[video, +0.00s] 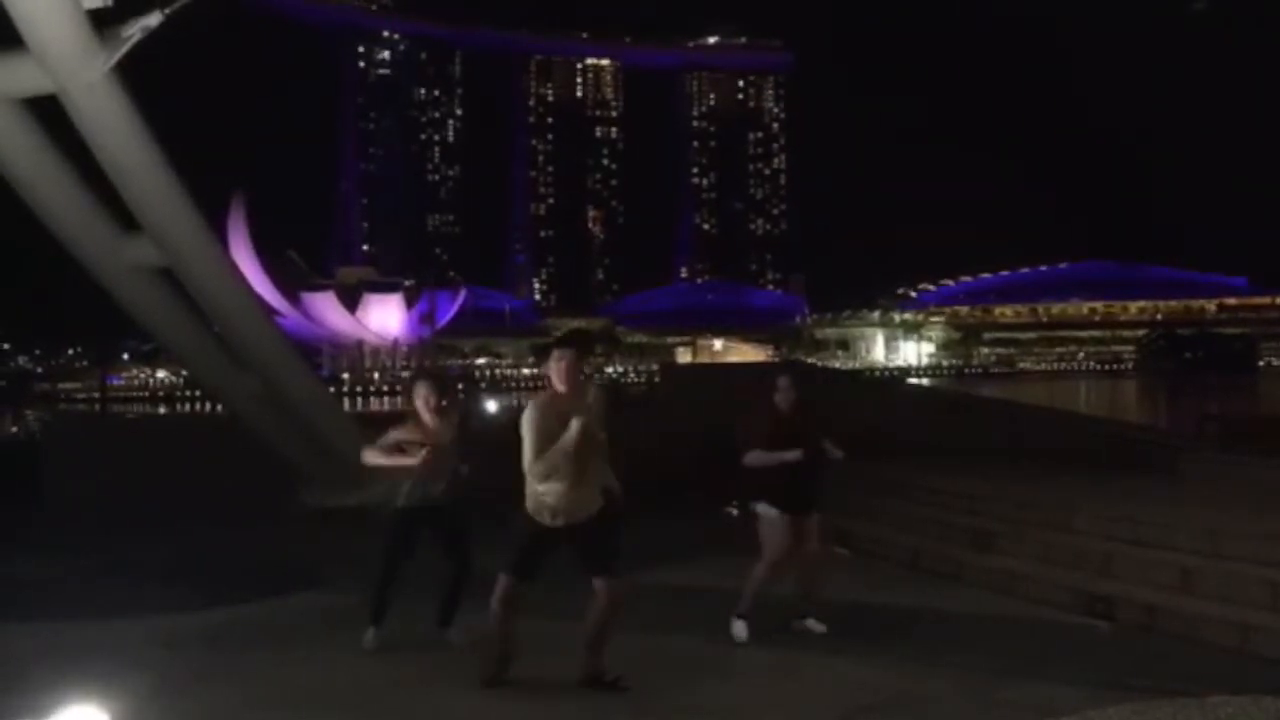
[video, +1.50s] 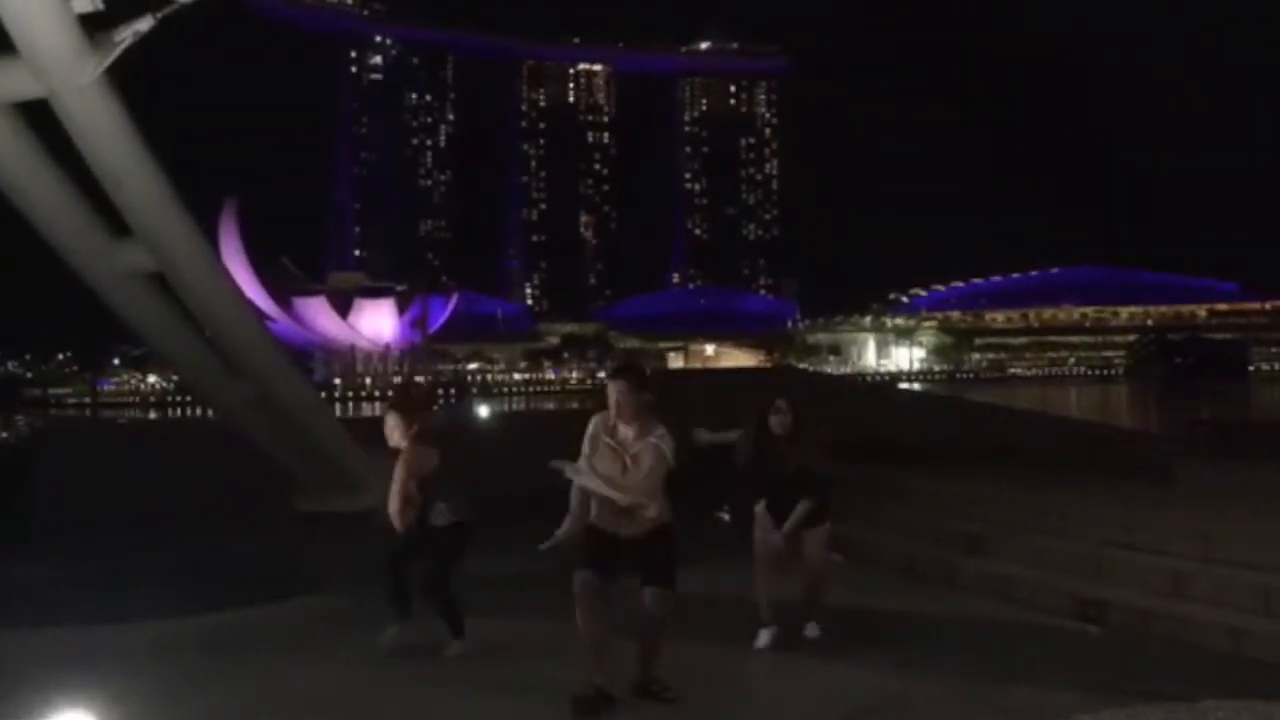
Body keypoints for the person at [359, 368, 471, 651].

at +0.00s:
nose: (429, 403)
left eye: (433, 396)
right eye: (422, 397)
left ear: (443, 399)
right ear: (413, 402)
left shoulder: (454, 429)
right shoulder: (407, 431)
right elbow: (368, 455)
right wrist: (410, 461)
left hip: (445, 504)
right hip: (410, 505)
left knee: (460, 564)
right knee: (392, 562)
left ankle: (445, 624)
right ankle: (375, 624)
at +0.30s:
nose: (435, 408)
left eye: (440, 402)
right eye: (429, 403)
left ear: (449, 405)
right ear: (420, 406)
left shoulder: (451, 433)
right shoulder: (416, 435)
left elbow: (470, 454)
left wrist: (496, 453)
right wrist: (436, 453)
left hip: (449, 513)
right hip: (418, 517)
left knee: (462, 568)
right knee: (419, 571)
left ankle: (438, 628)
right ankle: (393, 615)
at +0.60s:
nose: (437, 416)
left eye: (441, 410)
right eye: (431, 411)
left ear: (448, 414)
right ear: (421, 415)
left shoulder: (447, 442)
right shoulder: (413, 441)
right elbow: (374, 427)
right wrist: (405, 437)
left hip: (439, 517)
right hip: (412, 519)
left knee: (462, 568)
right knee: (412, 581)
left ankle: (439, 630)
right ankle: (391, 653)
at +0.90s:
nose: (466, 401)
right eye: (466, 396)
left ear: (431, 391)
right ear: (456, 397)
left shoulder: (410, 420)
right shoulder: (453, 428)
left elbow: (377, 440)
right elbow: (486, 462)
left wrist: (364, 435)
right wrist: (488, 434)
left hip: (413, 507)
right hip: (442, 512)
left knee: (435, 566)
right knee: (460, 564)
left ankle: (436, 619)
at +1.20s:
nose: (412, 412)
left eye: (416, 405)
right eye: (412, 404)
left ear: (426, 405)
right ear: (441, 400)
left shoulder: (432, 431)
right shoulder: (451, 425)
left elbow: (431, 475)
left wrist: (411, 495)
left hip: (443, 519)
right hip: (461, 517)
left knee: (434, 577)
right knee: (472, 573)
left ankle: (467, 635)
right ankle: (499, 630)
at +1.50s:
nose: (387, 431)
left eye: (391, 424)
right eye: (387, 424)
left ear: (407, 424)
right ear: (415, 424)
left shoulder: (411, 455)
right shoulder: (434, 449)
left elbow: (397, 504)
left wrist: (403, 527)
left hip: (433, 527)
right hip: (453, 525)